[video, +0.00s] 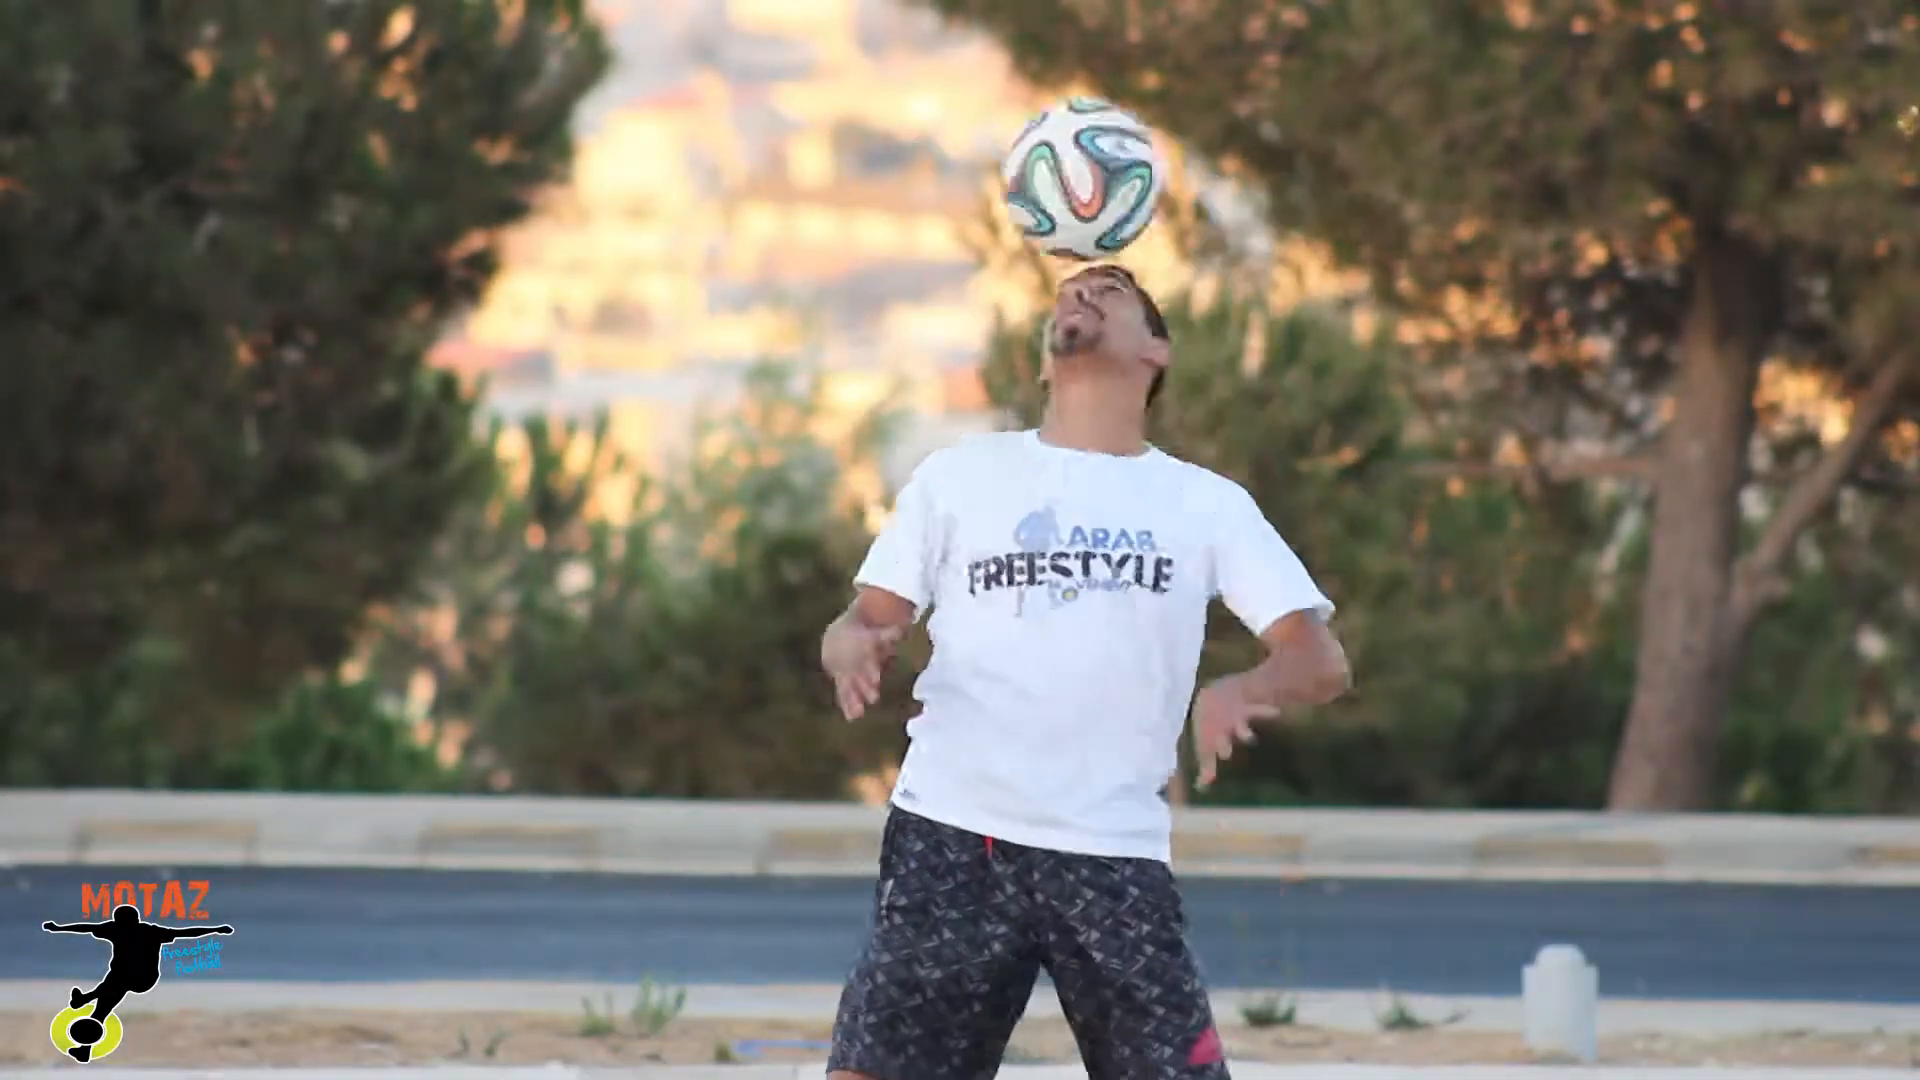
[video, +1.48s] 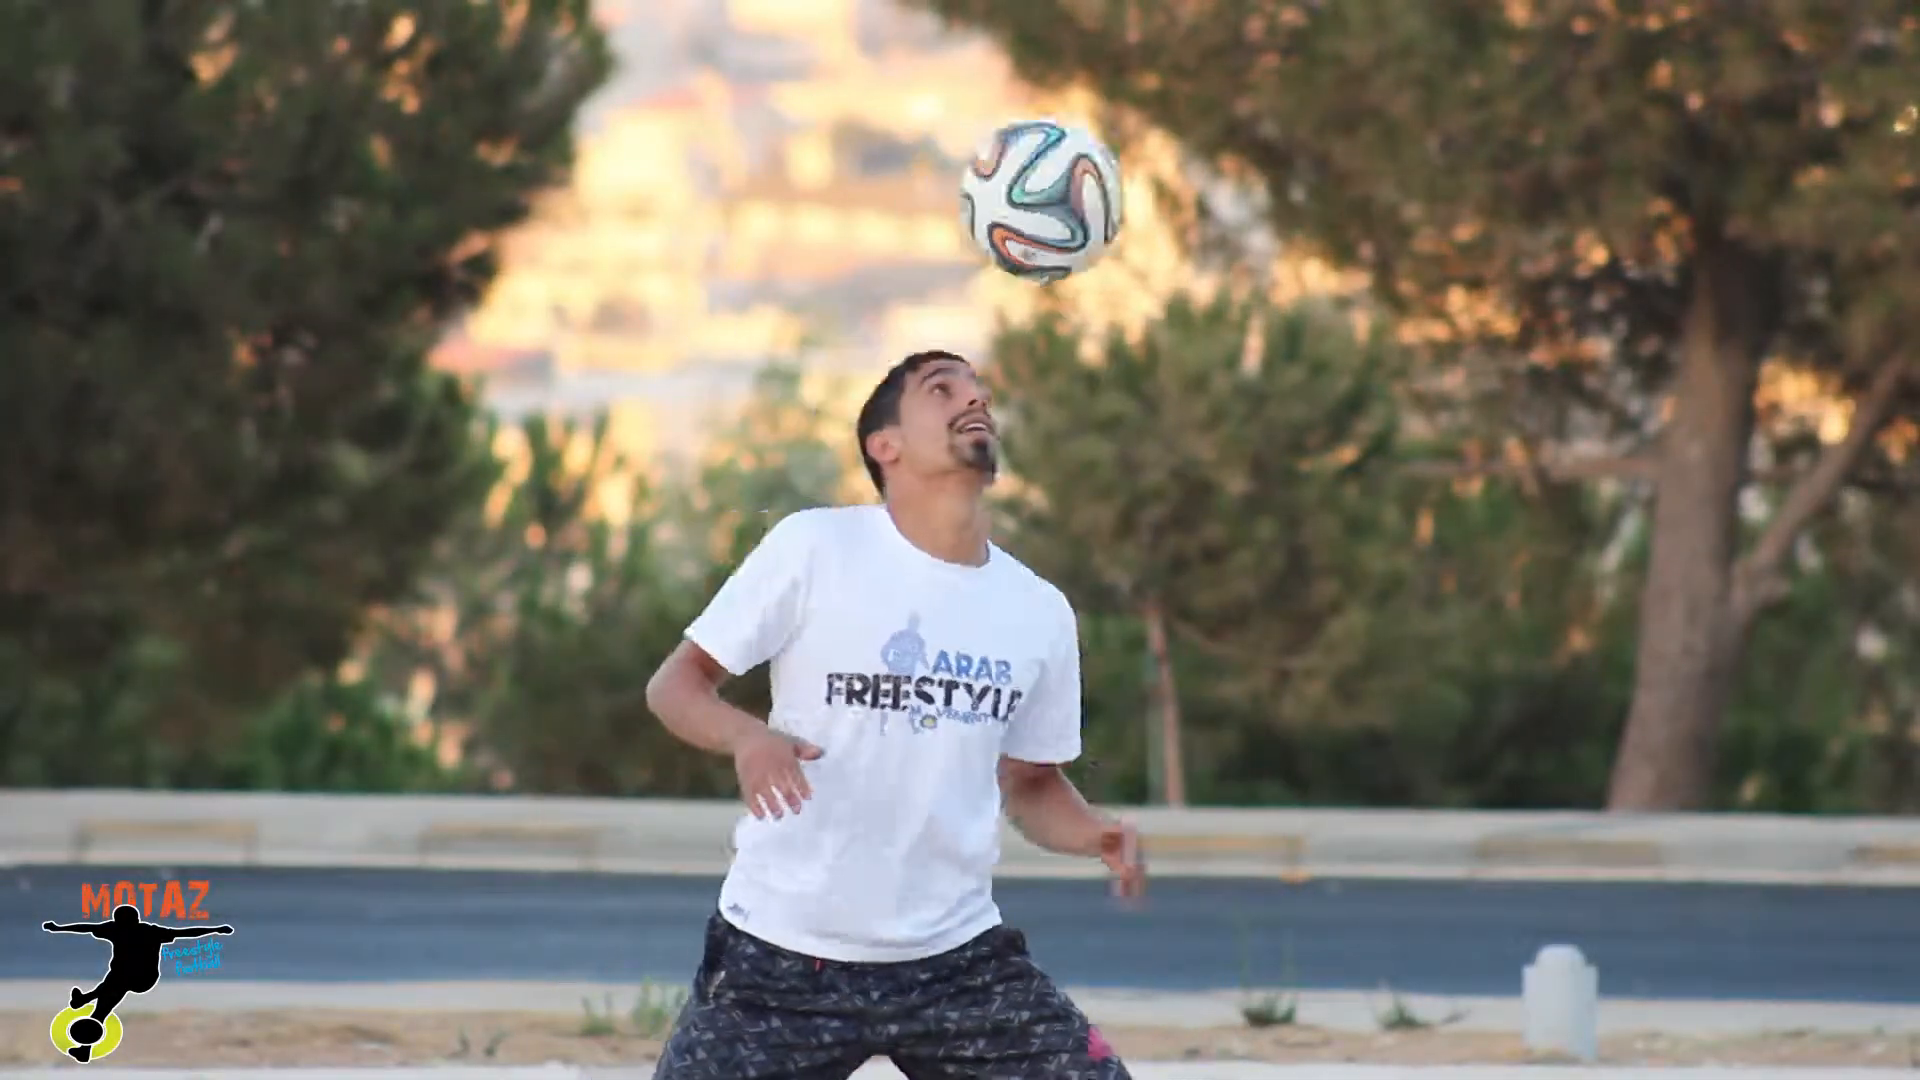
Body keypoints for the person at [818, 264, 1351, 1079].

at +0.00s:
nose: (1080, 296)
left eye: (1110, 292)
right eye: (1066, 293)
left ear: (1157, 353)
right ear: (1048, 346)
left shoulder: (1211, 504)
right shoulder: (955, 476)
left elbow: (1322, 661)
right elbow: (864, 622)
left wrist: (1239, 690)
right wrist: (848, 648)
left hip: (1111, 864)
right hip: (945, 848)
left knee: (1177, 1070)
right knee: (871, 1066)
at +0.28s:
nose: (775, 407)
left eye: (781, 386)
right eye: (761, 426)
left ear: (849, 383)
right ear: (800, 482)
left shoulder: (1014, 454)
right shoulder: (822, 572)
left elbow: (1178, 495)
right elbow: (814, 764)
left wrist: (1182, 610)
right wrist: (729, 766)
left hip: (1012, 887)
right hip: (855, 890)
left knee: (1082, 1069)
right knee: (785, 1069)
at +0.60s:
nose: (970, 304)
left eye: (998, 301)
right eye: (948, 301)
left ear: (1032, 367)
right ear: (915, 365)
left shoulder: (1093, 516)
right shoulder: (838, 482)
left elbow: (1163, 681)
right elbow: (742, 617)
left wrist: (1223, 781)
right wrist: (726, 651)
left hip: (1001, 886)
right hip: (829, 876)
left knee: (1075, 1071)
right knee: (764, 1069)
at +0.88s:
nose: (1030, 572)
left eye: (1063, 584)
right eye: (1051, 541)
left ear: (1059, 609)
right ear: (1020, 500)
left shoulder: (1030, 651)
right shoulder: (833, 522)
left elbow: (1022, 787)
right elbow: (662, 550)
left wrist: (1094, 921)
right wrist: (728, 630)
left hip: (939, 943)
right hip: (765, 938)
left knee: (1067, 1067)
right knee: (711, 1066)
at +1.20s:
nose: (793, 556)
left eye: (782, 519)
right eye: (755, 560)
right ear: (711, 575)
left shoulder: (922, 568)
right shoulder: (660, 587)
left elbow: (1007, 678)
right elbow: (581, 646)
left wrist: (1081, 821)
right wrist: (548, 744)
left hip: (875, 951)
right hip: (692, 946)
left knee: (987, 1069)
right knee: (617, 1070)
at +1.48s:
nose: (976, 400)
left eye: (981, 391)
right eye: (940, 388)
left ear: (994, 446)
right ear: (884, 444)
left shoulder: (1042, 616)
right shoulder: (810, 550)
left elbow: (1032, 781)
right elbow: (674, 684)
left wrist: (1093, 831)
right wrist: (745, 736)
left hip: (960, 968)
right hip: (779, 967)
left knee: (1091, 1072)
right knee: (688, 1070)